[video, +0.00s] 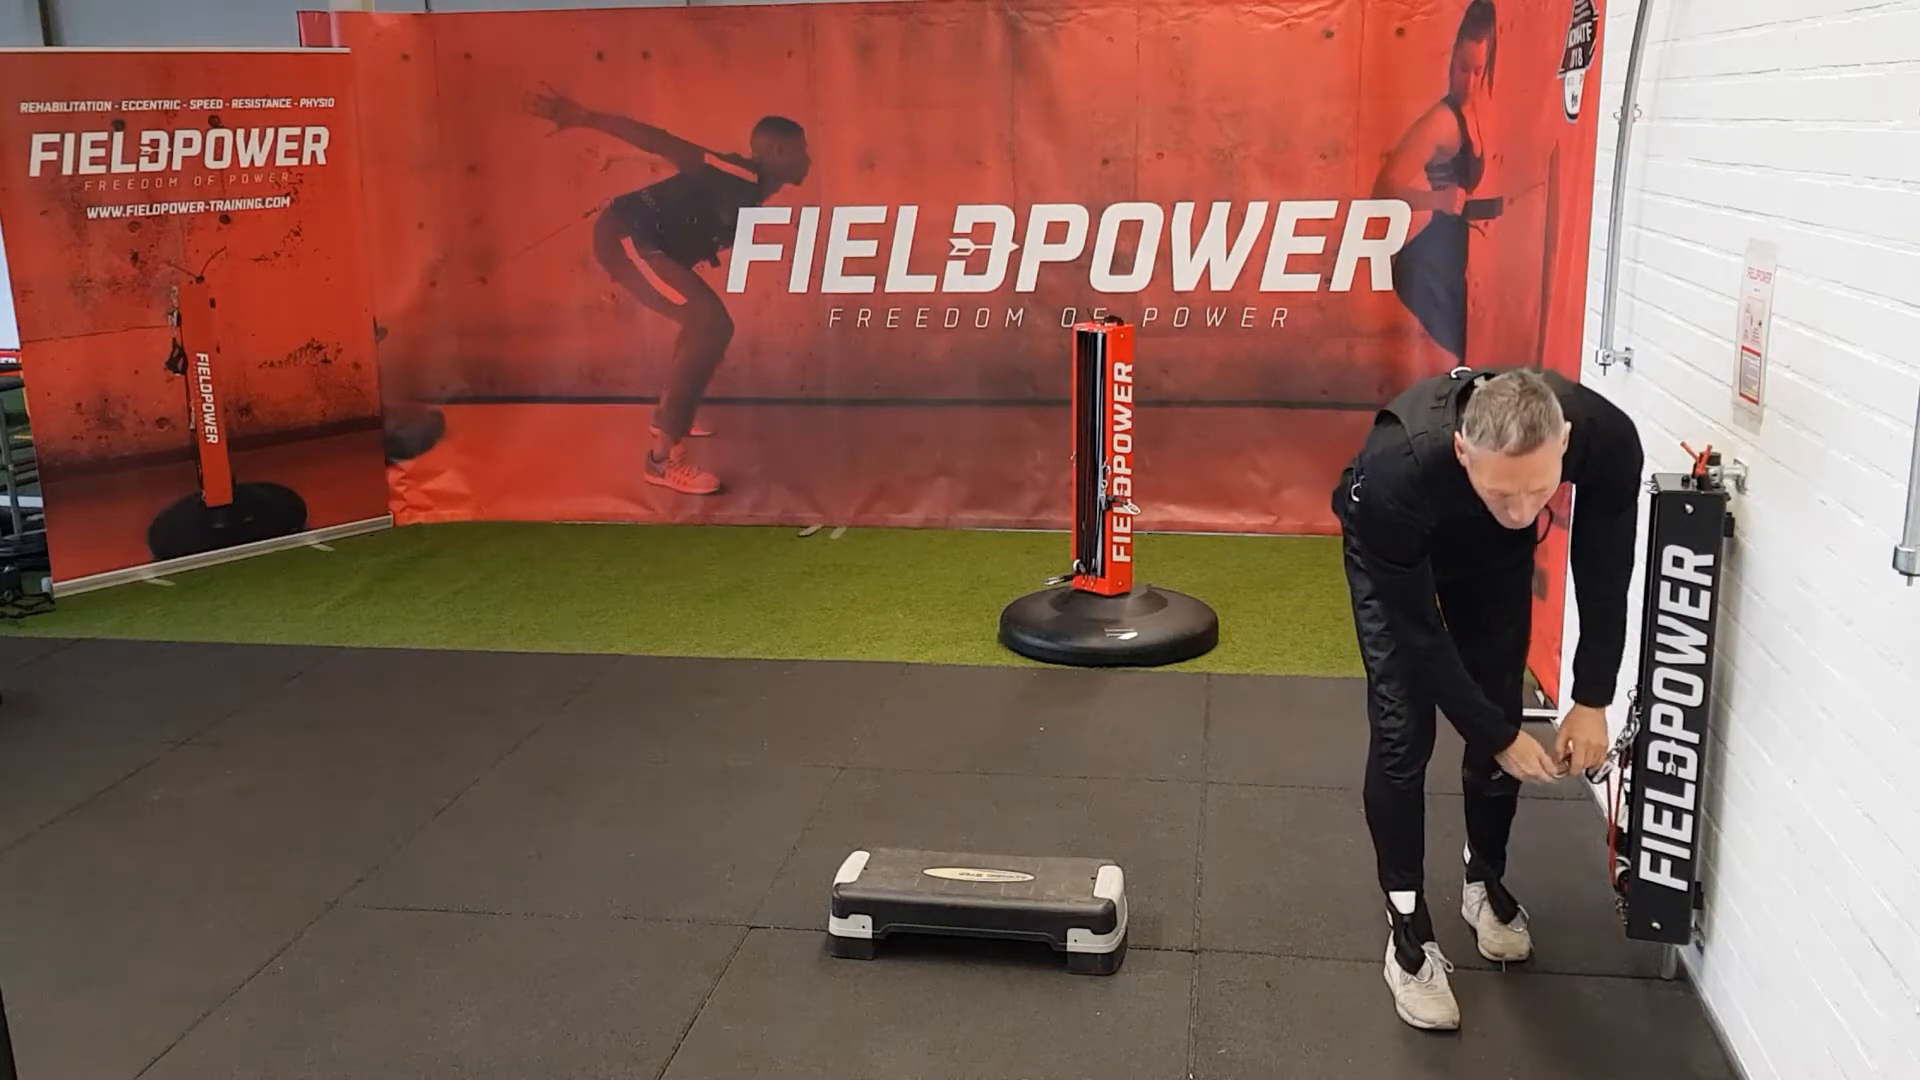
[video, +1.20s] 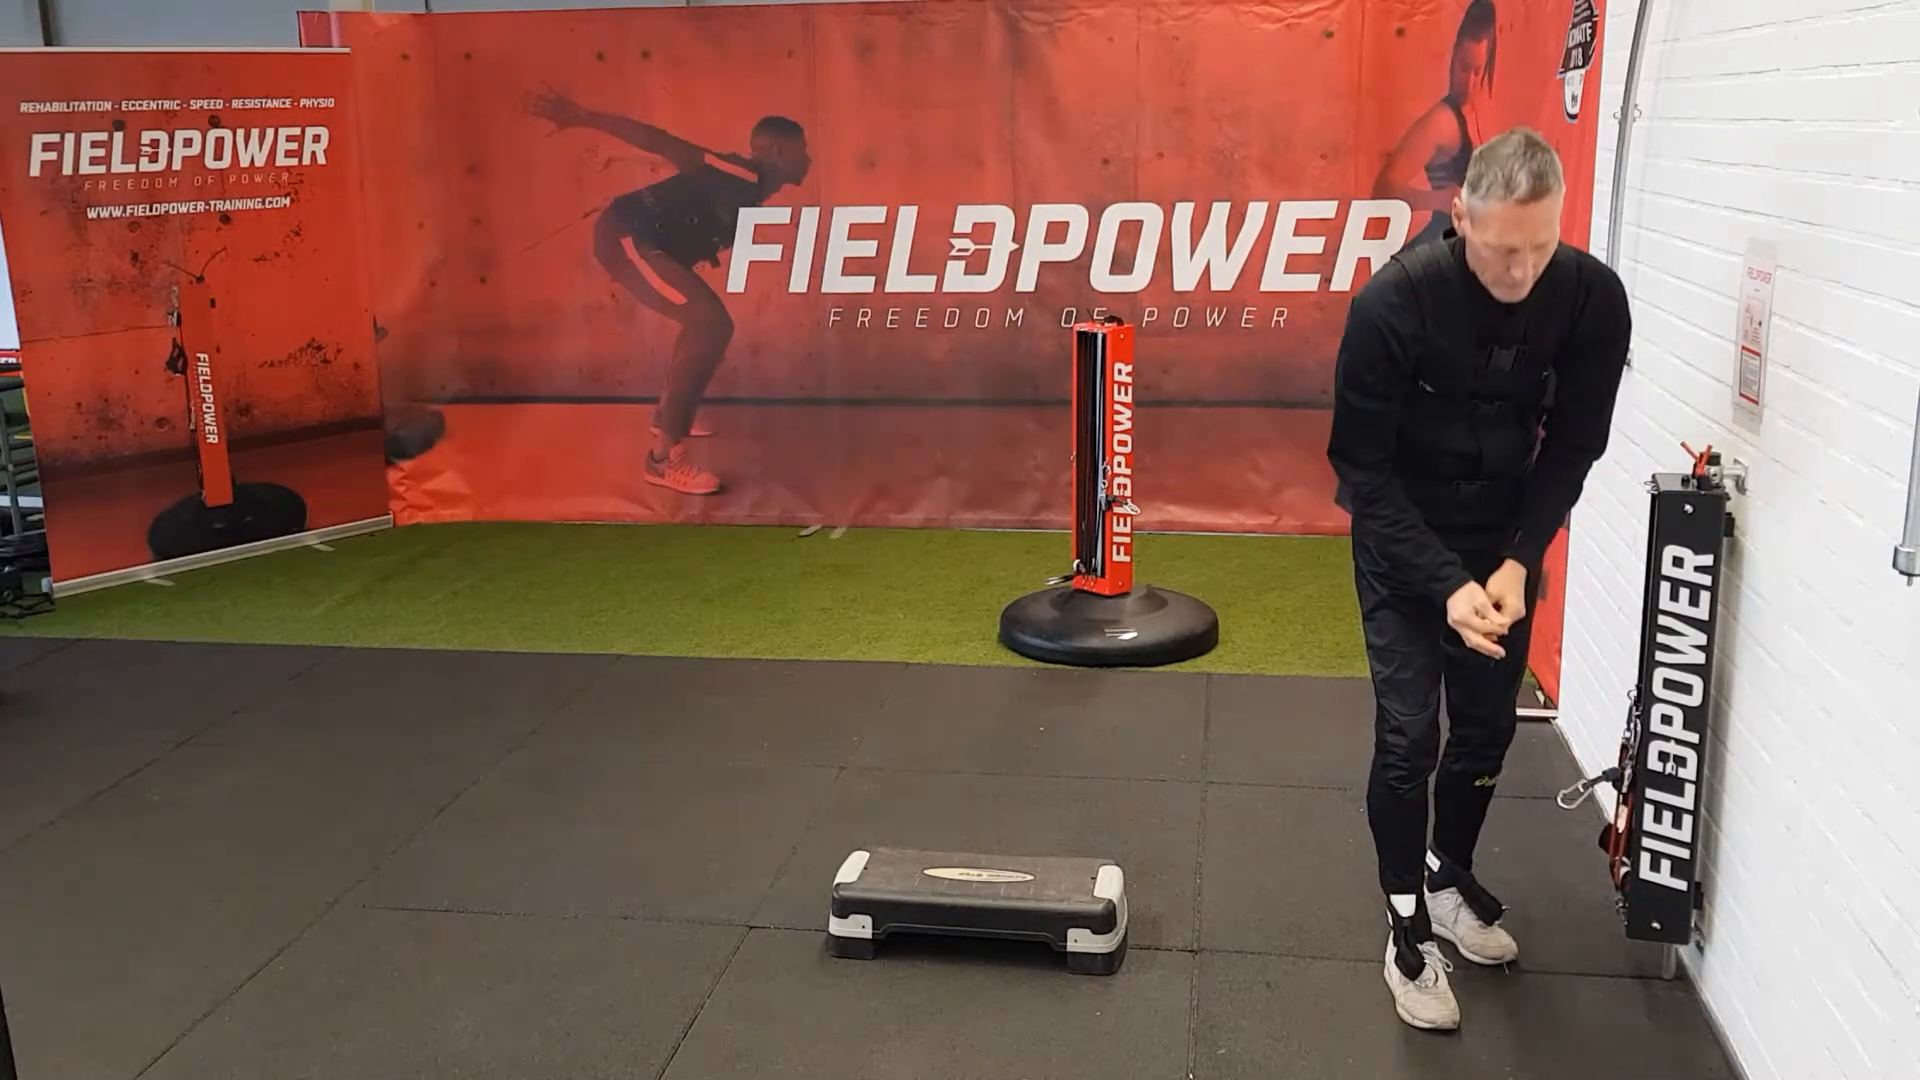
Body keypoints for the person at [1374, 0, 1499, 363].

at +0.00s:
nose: (1471, 81)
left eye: (1482, 71)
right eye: (1464, 68)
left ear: (1491, 73)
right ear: (1450, 65)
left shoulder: (1467, 120)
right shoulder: (1440, 121)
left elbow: (1437, 191)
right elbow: (1388, 189)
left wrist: (1473, 211)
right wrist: (1438, 200)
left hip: (1445, 254)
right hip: (1424, 257)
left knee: (1451, 358)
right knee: (1444, 360)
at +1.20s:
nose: (1471, 81)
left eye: (1480, 71)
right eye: (1464, 69)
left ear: (1489, 70)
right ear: (1450, 66)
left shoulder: (1473, 115)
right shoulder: (1440, 121)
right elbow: (1385, 189)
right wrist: (1442, 200)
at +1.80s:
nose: (1470, 83)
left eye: (1479, 71)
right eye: (1464, 70)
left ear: (1488, 68)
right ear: (1447, 65)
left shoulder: (1469, 118)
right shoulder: (1438, 121)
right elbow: (1387, 187)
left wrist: (1468, 197)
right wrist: (1437, 200)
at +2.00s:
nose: (1471, 81)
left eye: (1479, 71)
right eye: (1465, 68)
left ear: (1488, 70)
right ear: (1450, 62)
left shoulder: (1465, 118)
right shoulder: (1440, 120)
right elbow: (1387, 189)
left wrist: (1472, 210)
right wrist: (1439, 200)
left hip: (1446, 251)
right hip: (1426, 256)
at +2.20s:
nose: (1471, 80)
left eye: (1480, 71)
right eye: (1464, 68)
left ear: (1488, 71)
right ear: (1450, 63)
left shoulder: (1467, 118)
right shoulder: (1440, 121)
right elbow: (1386, 188)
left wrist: (1474, 209)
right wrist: (1438, 200)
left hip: (1446, 252)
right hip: (1426, 256)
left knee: (1457, 348)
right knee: (1451, 349)